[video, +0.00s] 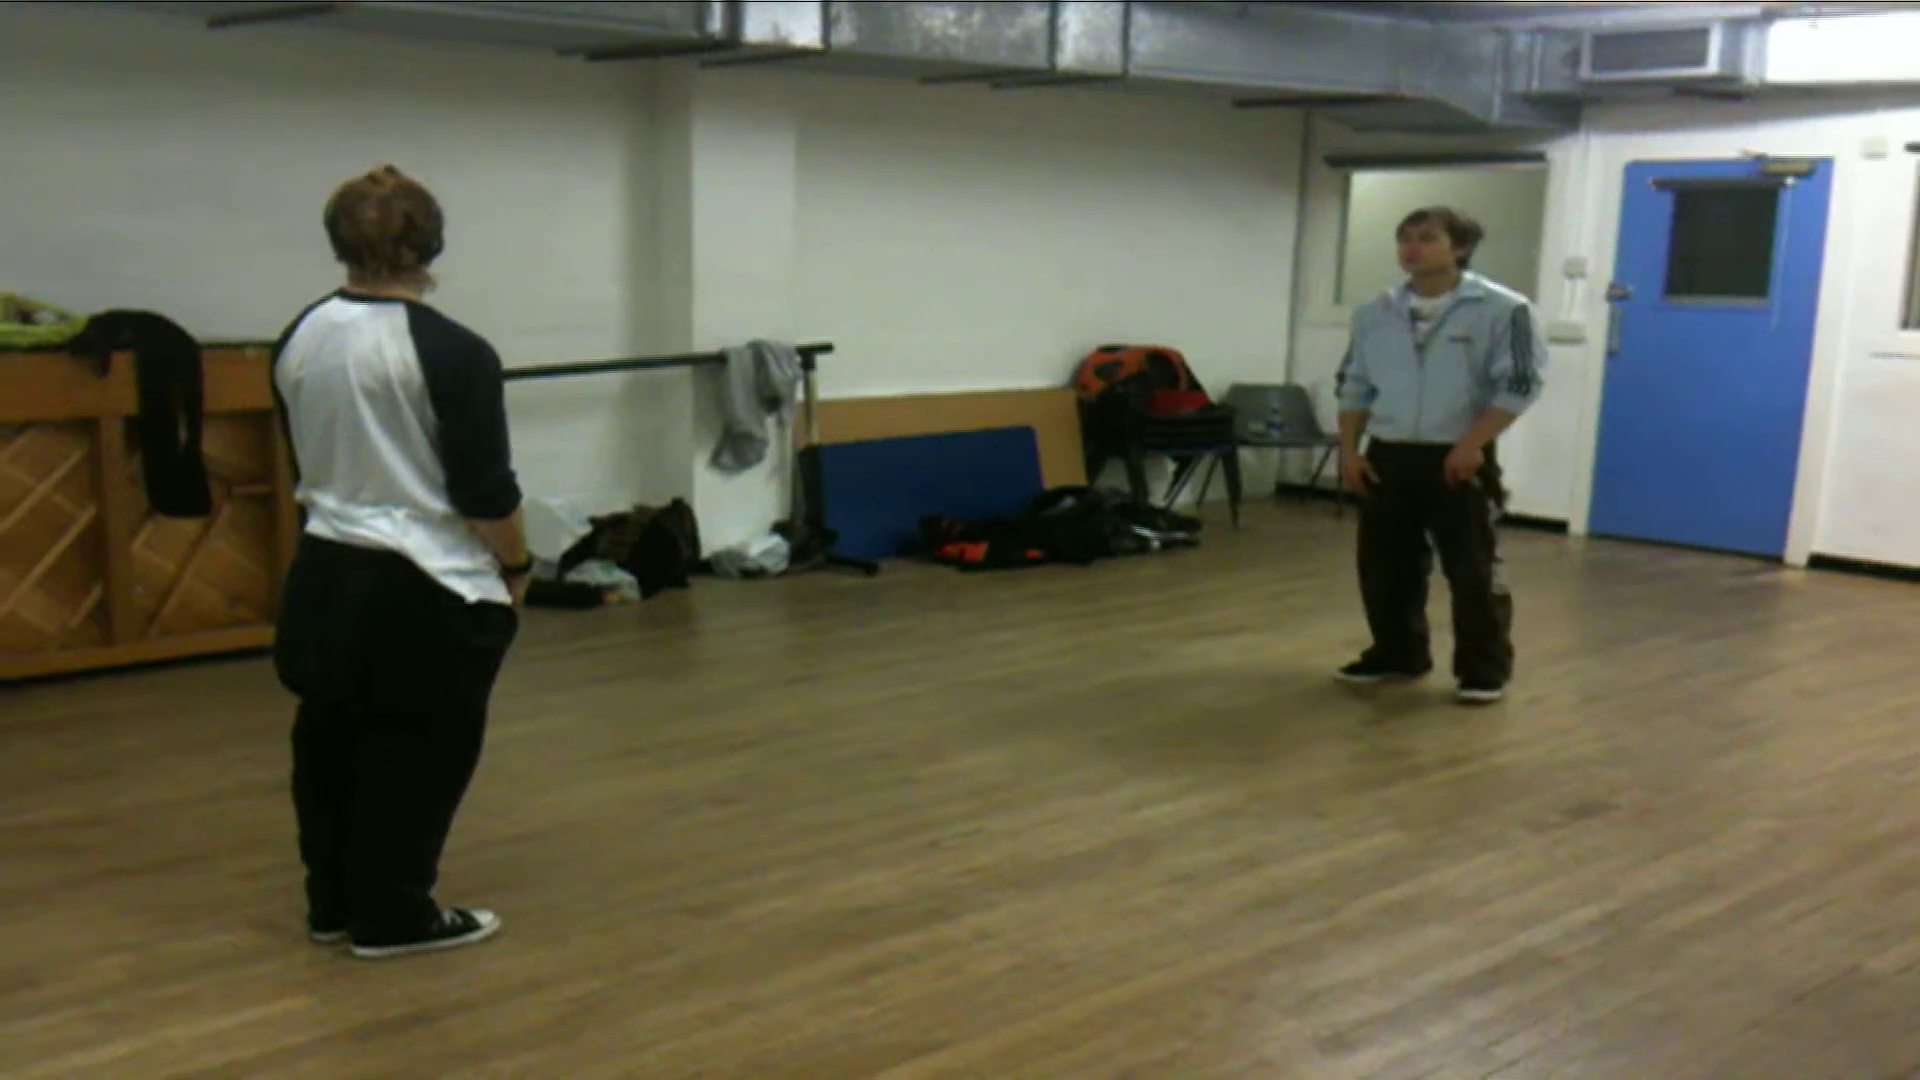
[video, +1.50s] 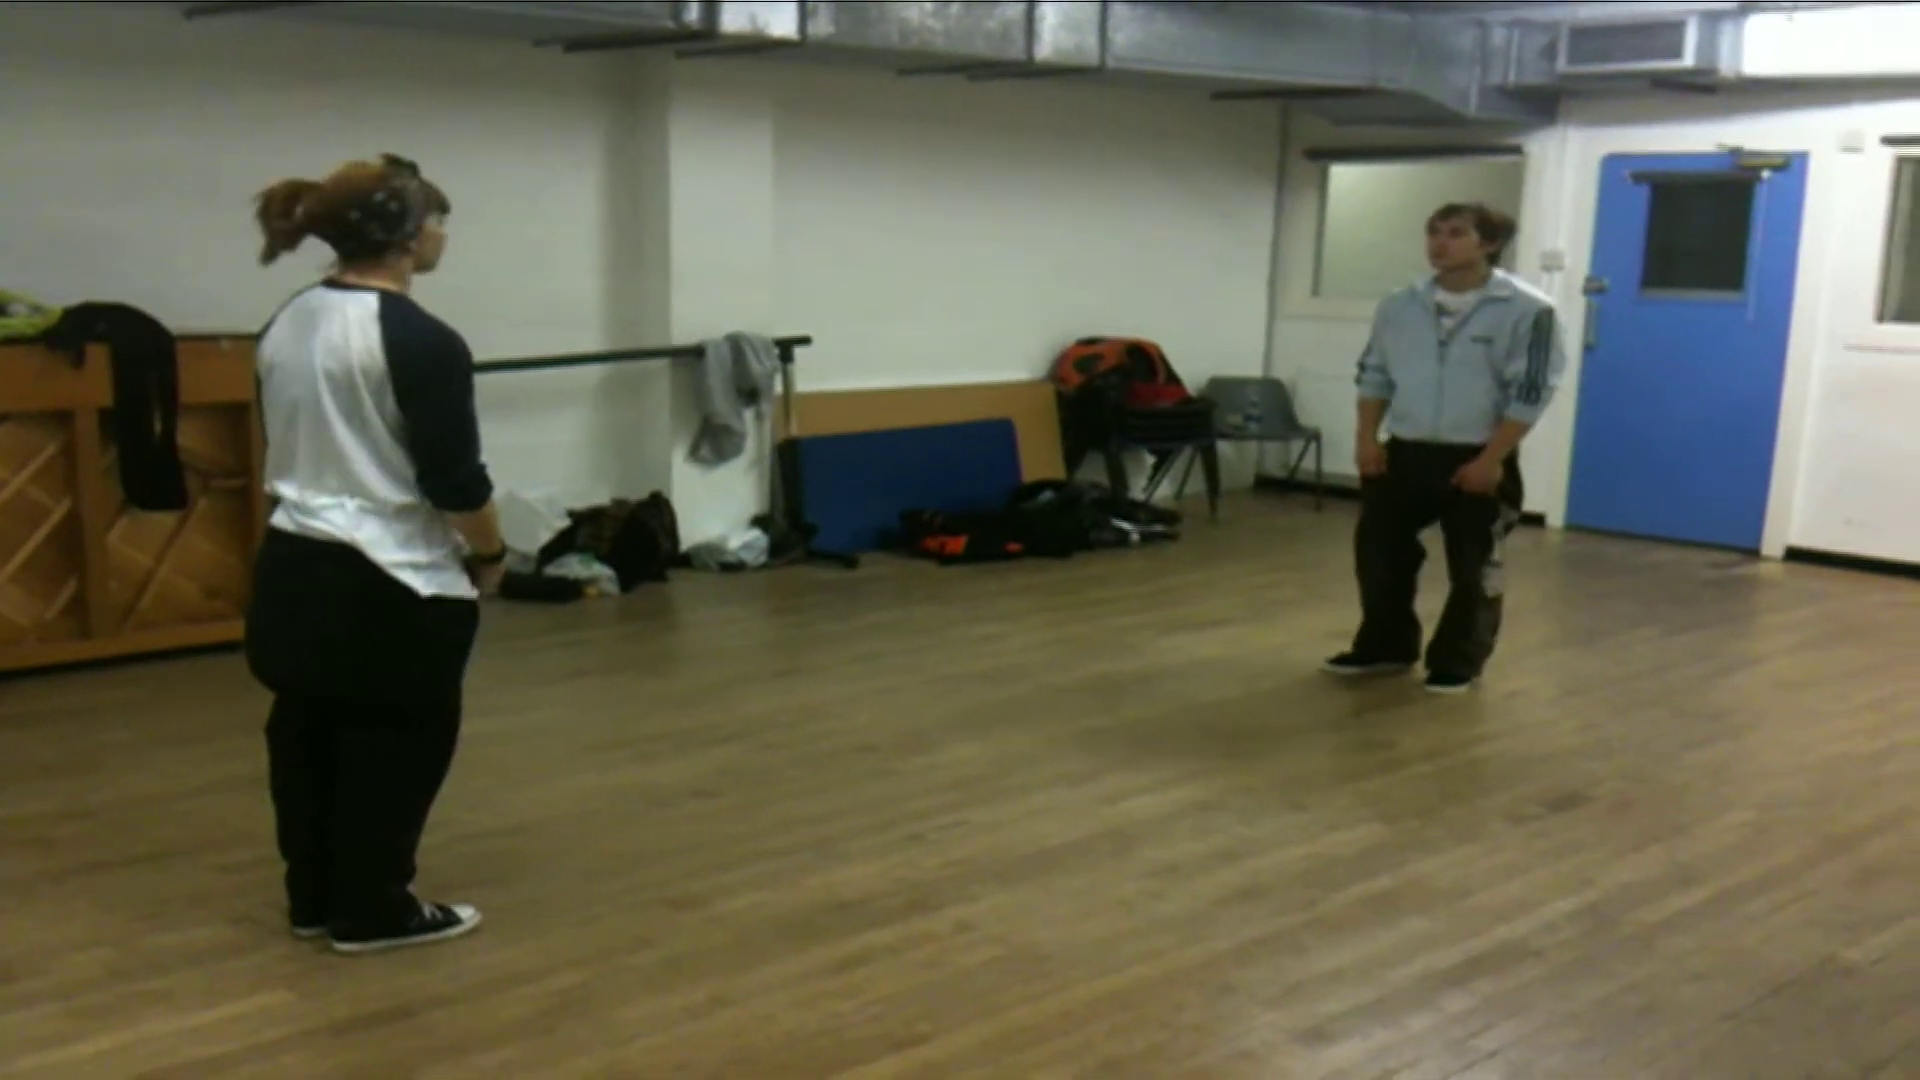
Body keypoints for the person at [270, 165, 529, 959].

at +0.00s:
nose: (436, 249)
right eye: (432, 238)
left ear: (343, 246)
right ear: (428, 247)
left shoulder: (300, 340)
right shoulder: (455, 354)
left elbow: (309, 471)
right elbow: (487, 495)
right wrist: (513, 567)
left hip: (328, 584)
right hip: (433, 598)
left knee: (331, 737)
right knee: (425, 755)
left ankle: (332, 901)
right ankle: (396, 913)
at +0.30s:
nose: (442, 255)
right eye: (439, 244)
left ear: (349, 249)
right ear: (433, 251)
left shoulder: (303, 341)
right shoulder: (455, 355)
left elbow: (311, 472)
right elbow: (486, 493)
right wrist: (515, 566)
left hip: (328, 586)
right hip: (432, 600)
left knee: (332, 741)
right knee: (425, 757)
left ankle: (334, 904)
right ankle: (397, 914)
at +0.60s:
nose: (439, 253)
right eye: (436, 242)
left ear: (345, 248)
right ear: (429, 250)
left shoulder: (299, 340)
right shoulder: (452, 355)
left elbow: (304, 470)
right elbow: (481, 492)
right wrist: (512, 566)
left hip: (323, 585)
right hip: (427, 599)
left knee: (329, 740)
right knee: (421, 757)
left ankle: (330, 902)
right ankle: (394, 914)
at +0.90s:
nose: (432, 251)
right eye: (429, 240)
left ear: (338, 245)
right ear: (422, 247)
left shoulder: (290, 337)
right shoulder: (445, 351)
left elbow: (298, 466)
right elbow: (475, 489)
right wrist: (505, 563)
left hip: (316, 583)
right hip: (420, 596)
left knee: (322, 735)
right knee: (417, 751)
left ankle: (324, 900)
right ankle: (387, 910)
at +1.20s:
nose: (435, 246)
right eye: (433, 235)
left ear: (342, 243)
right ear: (425, 243)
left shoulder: (292, 334)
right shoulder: (444, 347)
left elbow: (299, 464)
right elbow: (475, 486)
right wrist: (506, 560)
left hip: (317, 578)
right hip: (420, 591)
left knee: (325, 730)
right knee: (420, 747)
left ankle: (328, 896)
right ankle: (389, 906)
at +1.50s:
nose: (443, 237)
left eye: (442, 223)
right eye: (437, 224)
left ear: (348, 232)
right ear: (409, 233)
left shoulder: (286, 326)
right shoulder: (423, 344)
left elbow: (289, 456)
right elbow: (457, 483)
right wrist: (490, 554)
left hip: (294, 572)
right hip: (396, 586)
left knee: (310, 725)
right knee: (407, 741)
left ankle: (315, 895)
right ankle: (374, 905)